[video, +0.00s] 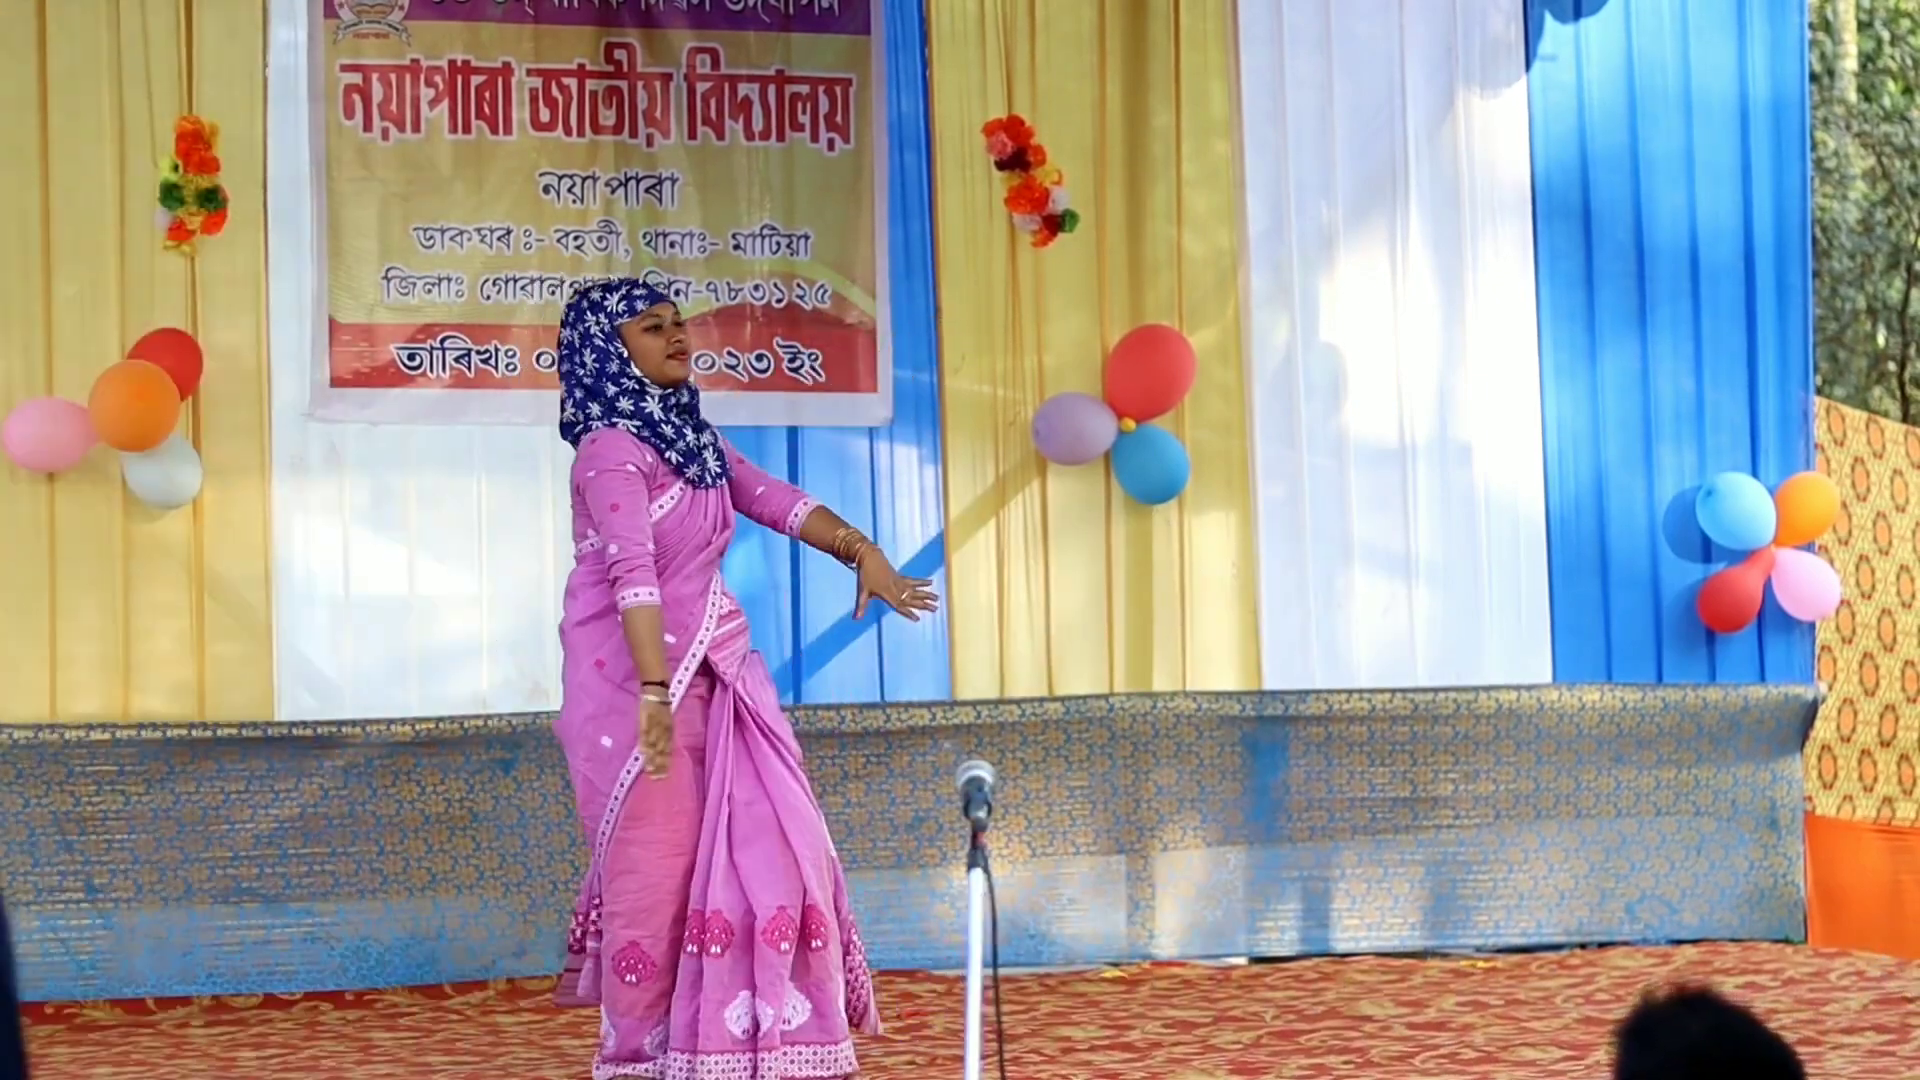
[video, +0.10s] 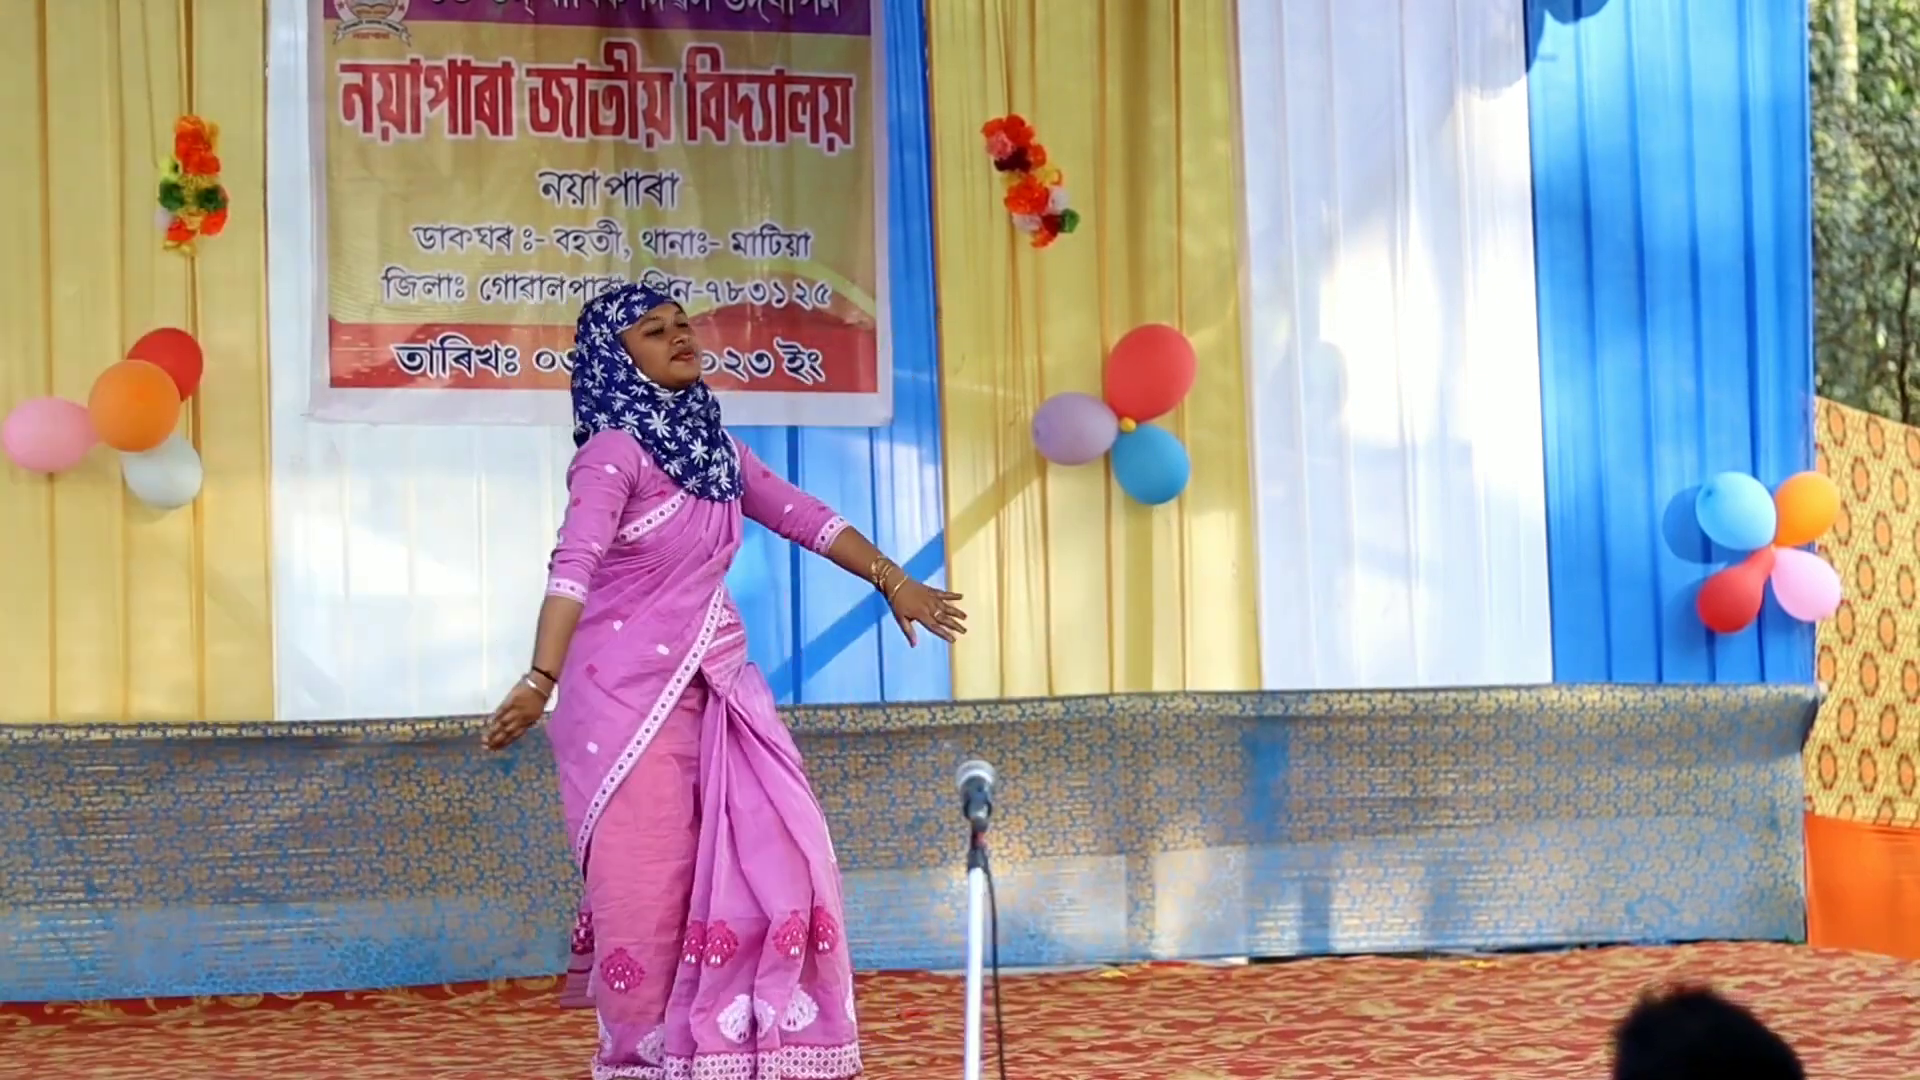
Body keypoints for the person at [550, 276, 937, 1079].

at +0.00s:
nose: (679, 339)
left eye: (677, 326)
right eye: (657, 330)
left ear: (678, 341)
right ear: (611, 353)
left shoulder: (689, 435)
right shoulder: (612, 450)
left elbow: (772, 498)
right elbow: (632, 576)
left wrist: (862, 550)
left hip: (711, 669)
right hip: (631, 678)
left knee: (760, 839)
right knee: (659, 857)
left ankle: (759, 1041)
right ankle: (642, 1049)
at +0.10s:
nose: (682, 337)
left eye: (682, 325)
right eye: (657, 331)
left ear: (694, 340)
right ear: (617, 359)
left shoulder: (709, 442)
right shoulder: (615, 450)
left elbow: (798, 514)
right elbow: (572, 568)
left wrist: (890, 576)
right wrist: (541, 680)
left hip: (714, 690)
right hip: (625, 700)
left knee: (771, 856)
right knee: (647, 884)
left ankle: (755, 1054)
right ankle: (646, 1060)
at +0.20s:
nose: (691, 304)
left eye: (696, 290)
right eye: (667, 296)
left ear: (711, 303)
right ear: (631, 320)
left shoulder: (743, 410)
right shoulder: (609, 404)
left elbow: (825, 493)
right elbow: (521, 476)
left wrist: (924, 527)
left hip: (733, 653)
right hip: (632, 659)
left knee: (763, 831)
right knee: (643, 852)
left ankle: (759, 1040)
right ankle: (648, 1042)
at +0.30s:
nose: (696, 289)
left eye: (707, 276)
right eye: (675, 280)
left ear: (725, 293)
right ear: (641, 299)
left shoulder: (752, 388)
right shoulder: (614, 385)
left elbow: (829, 480)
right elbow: (524, 466)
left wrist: (925, 472)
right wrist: (455, 434)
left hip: (746, 625)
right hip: (645, 628)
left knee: (777, 805)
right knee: (643, 818)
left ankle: (789, 1015)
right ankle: (643, 1020)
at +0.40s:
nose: (707, 295)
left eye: (720, 283)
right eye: (689, 286)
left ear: (746, 303)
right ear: (660, 309)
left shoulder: (768, 404)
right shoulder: (630, 388)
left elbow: (865, 474)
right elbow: (528, 445)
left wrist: (926, 400)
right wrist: (531, 349)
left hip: (766, 638)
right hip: (663, 639)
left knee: (777, 821)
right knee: (648, 833)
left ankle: (775, 1030)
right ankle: (641, 1038)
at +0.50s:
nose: (714, 295)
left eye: (729, 282)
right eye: (695, 286)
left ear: (757, 300)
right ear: (673, 309)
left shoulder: (781, 402)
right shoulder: (646, 385)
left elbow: (882, 470)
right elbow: (536, 414)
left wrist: (916, 377)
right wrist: (615, 347)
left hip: (772, 626)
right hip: (671, 629)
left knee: (784, 813)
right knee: (664, 816)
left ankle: (787, 1026)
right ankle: (652, 1029)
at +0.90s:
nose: (730, 335)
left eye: (750, 322)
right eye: (720, 327)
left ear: (793, 342)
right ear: (709, 347)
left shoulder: (818, 427)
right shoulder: (689, 420)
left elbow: (857, 478)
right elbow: (592, 422)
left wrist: (814, 388)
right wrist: (641, 378)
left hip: (778, 657)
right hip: (674, 654)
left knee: (791, 825)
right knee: (647, 804)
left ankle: (781, 1021)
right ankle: (654, 1011)